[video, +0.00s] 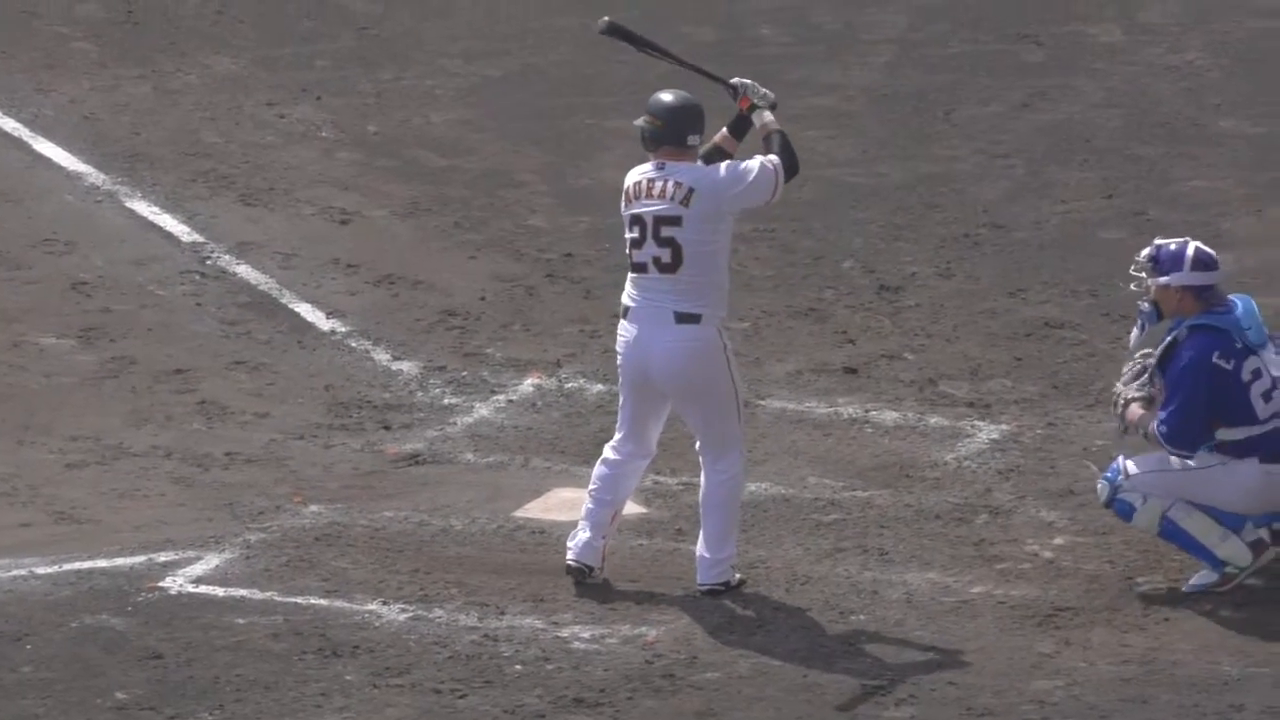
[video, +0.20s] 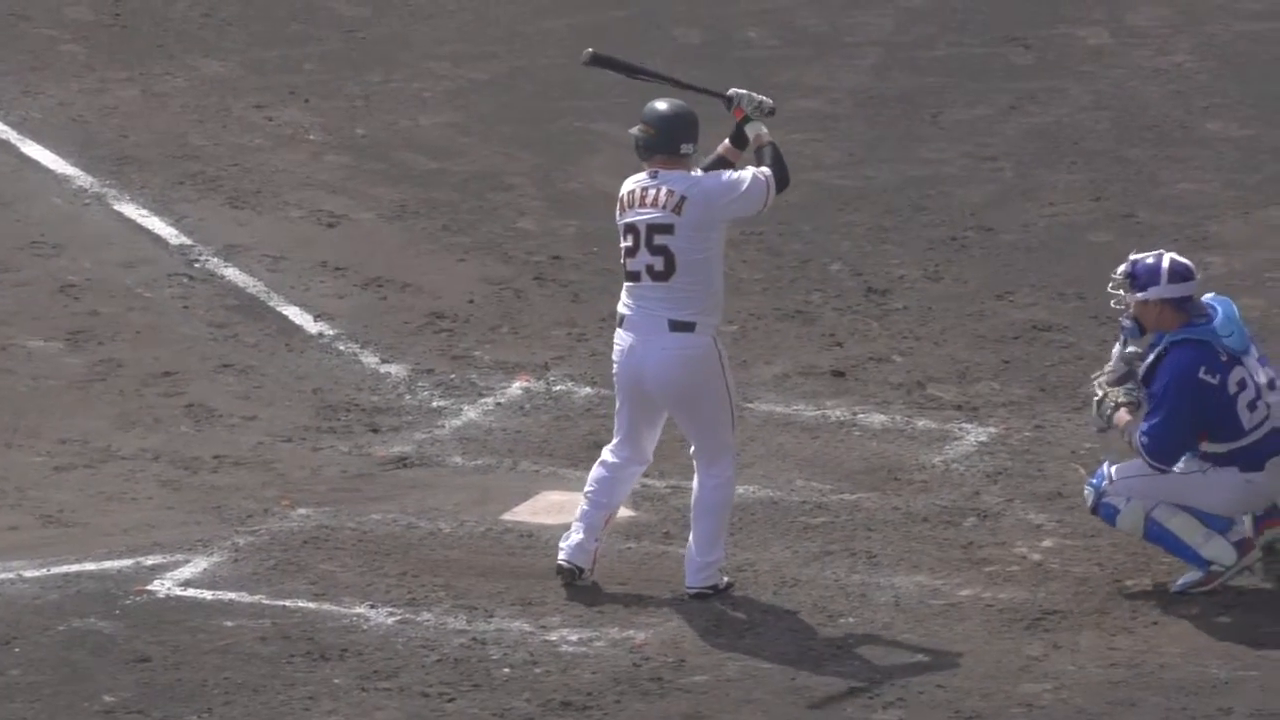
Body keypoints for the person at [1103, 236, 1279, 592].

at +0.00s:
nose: (1149, 292)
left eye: (1155, 285)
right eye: (1151, 284)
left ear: (1180, 293)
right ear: (1200, 290)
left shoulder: (1196, 352)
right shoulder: (1238, 313)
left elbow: (1179, 439)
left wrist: (1141, 417)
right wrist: (1158, 386)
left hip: (1258, 476)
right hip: (1269, 461)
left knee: (1120, 483)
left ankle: (1233, 557)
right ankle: (1254, 530)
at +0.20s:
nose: (1127, 306)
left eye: (1133, 298)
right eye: (1128, 297)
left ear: (1159, 306)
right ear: (1177, 300)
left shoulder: (1180, 365)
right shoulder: (1216, 313)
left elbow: (1160, 453)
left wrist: (1124, 420)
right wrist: (1137, 371)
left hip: (1250, 481)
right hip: (1272, 460)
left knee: (1106, 489)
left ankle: (1220, 556)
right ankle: (1253, 520)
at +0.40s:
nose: (1116, 314)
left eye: (1121, 307)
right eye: (1117, 305)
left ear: (1145, 314)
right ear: (1170, 305)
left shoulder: (1164, 375)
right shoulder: (1202, 316)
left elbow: (1139, 461)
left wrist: (1110, 417)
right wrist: (1126, 384)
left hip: (1237, 490)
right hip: (1270, 464)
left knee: (1094, 498)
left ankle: (1209, 561)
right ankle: (1228, 520)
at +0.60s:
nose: (1113, 314)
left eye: (1118, 306)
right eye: (1114, 305)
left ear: (1142, 313)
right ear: (1167, 307)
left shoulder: (1158, 372)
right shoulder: (1202, 325)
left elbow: (1123, 452)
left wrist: (1103, 410)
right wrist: (1123, 386)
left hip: (1229, 493)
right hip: (1268, 471)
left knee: (1084, 503)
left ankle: (1200, 567)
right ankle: (1215, 529)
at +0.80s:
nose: (1112, 316)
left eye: (1118, 308)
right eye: (1114, 307)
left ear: (1141, 314)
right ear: (1160, 311)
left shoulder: (1154, 362)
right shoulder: (1190, 332)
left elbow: (1120, 445)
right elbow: (1130, 388)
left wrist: (1080, 432)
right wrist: (1089, 410)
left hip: (1216, 494)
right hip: (1242, 477)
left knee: (1081, 515)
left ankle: (1189, 574)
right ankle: (1203, 540)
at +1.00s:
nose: (1105, 321)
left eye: (1112, 314)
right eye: (1107, 312)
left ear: (1135, 321)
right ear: (1162, 315)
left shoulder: (1145, 368)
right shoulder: (1196, 339)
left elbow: (1111, 450)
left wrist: (1068, 469)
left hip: (1194, 494)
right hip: (1231, 483)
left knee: (1073, 543)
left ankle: (1184, 582)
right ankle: (1204, 566)